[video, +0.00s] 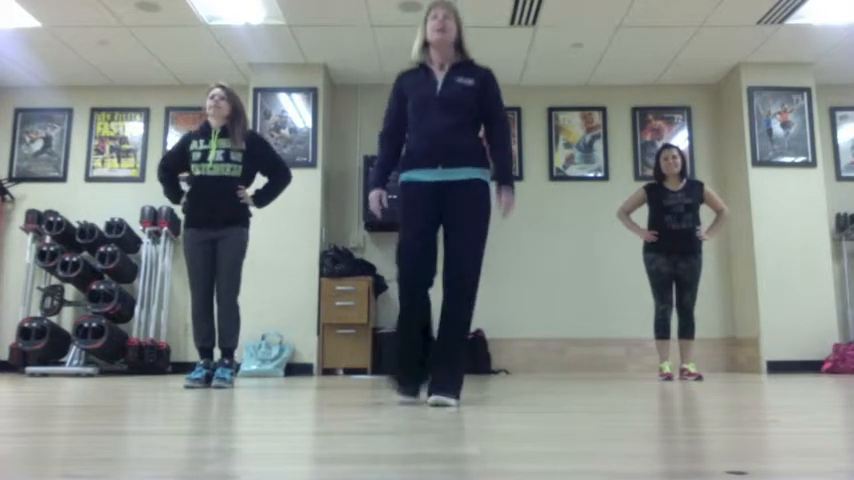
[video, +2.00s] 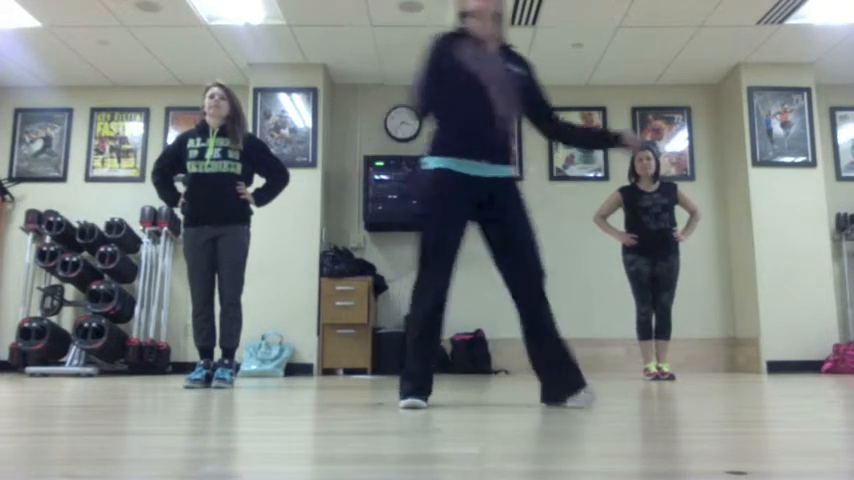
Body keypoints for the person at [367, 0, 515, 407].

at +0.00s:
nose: (440, 23)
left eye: (447, 18)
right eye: (434, 18)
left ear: (458, 28)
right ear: (424, 29)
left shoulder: (479, 77)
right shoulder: (407, 80)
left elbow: (498, 130)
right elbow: (391, 135)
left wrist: (505, 180)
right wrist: (379, 183)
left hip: (468, 187)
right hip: (416, 187)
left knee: (460, 284)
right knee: (412, 280)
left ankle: (446, 384)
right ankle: (411, 377)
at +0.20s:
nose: (438, 14)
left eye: (445, 10)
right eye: (431, 10)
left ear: (457, 22)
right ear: (422, 22)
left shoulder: (480, 69)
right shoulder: (406, 69)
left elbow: (497, 119)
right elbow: (390, 129)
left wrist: (496, 148)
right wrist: (365, 154)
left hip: (467, 180)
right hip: (417, 179)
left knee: (459, 285)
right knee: (415, 283)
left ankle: (444, 386)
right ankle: (416, 386)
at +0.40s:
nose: (435, 7)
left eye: (442, 3)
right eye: (428, 5)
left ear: (454, 15)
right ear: (419, 18)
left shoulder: (478, 66)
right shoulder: (404, 66)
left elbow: (496, 121)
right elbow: (373, 121)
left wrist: (488, 166)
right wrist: (323, 99)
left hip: (465, 180)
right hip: (415, 179)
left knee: (456, 286)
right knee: (413, 285)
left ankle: (444, 387)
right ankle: (414, 388)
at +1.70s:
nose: (443, 3)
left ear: (461, 9)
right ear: (426, 10)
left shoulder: (482, 64)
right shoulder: (406, 58)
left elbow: (497, 127)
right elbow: (392, 122)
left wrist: (517, 174)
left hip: (469, 182)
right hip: (414, 179)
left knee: (505, 270)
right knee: (410, 284)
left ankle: (507, 381)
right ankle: (413, 388)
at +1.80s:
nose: (450, 2)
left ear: (468, 8)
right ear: (432, 9)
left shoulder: (489, 65)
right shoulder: (414, 56)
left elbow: (506, 129)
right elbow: (394, 123)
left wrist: (541, 165)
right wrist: (364, 132)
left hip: (474, 181)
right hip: (421, 178)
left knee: (514, 268)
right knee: (415, 282)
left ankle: (517, 380)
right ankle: (413, 387)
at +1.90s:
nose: (474, 14)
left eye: (480, 9)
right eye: (466, 9)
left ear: (488, 13)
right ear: (454, 13)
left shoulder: (505, 64)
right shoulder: (434, 50)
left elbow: (535, 124)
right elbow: (405, 106)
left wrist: (588, 145)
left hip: (489, 182)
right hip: (437, 179)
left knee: (523, 277)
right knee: (426, 285)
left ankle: (554, 380)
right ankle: (414, 388)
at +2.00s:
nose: (489, 18)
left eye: (494, 12)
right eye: (480, 12)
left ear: (501, 15)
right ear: (466, 15)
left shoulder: (514, 65)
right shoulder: (448, 48)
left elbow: (552, 127)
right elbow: (426, 102)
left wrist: (616, 138)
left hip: (498, 184)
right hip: (449, 180)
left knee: (527, 282)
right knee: (432, 284)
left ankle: (560, 385)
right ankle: (414, 389)